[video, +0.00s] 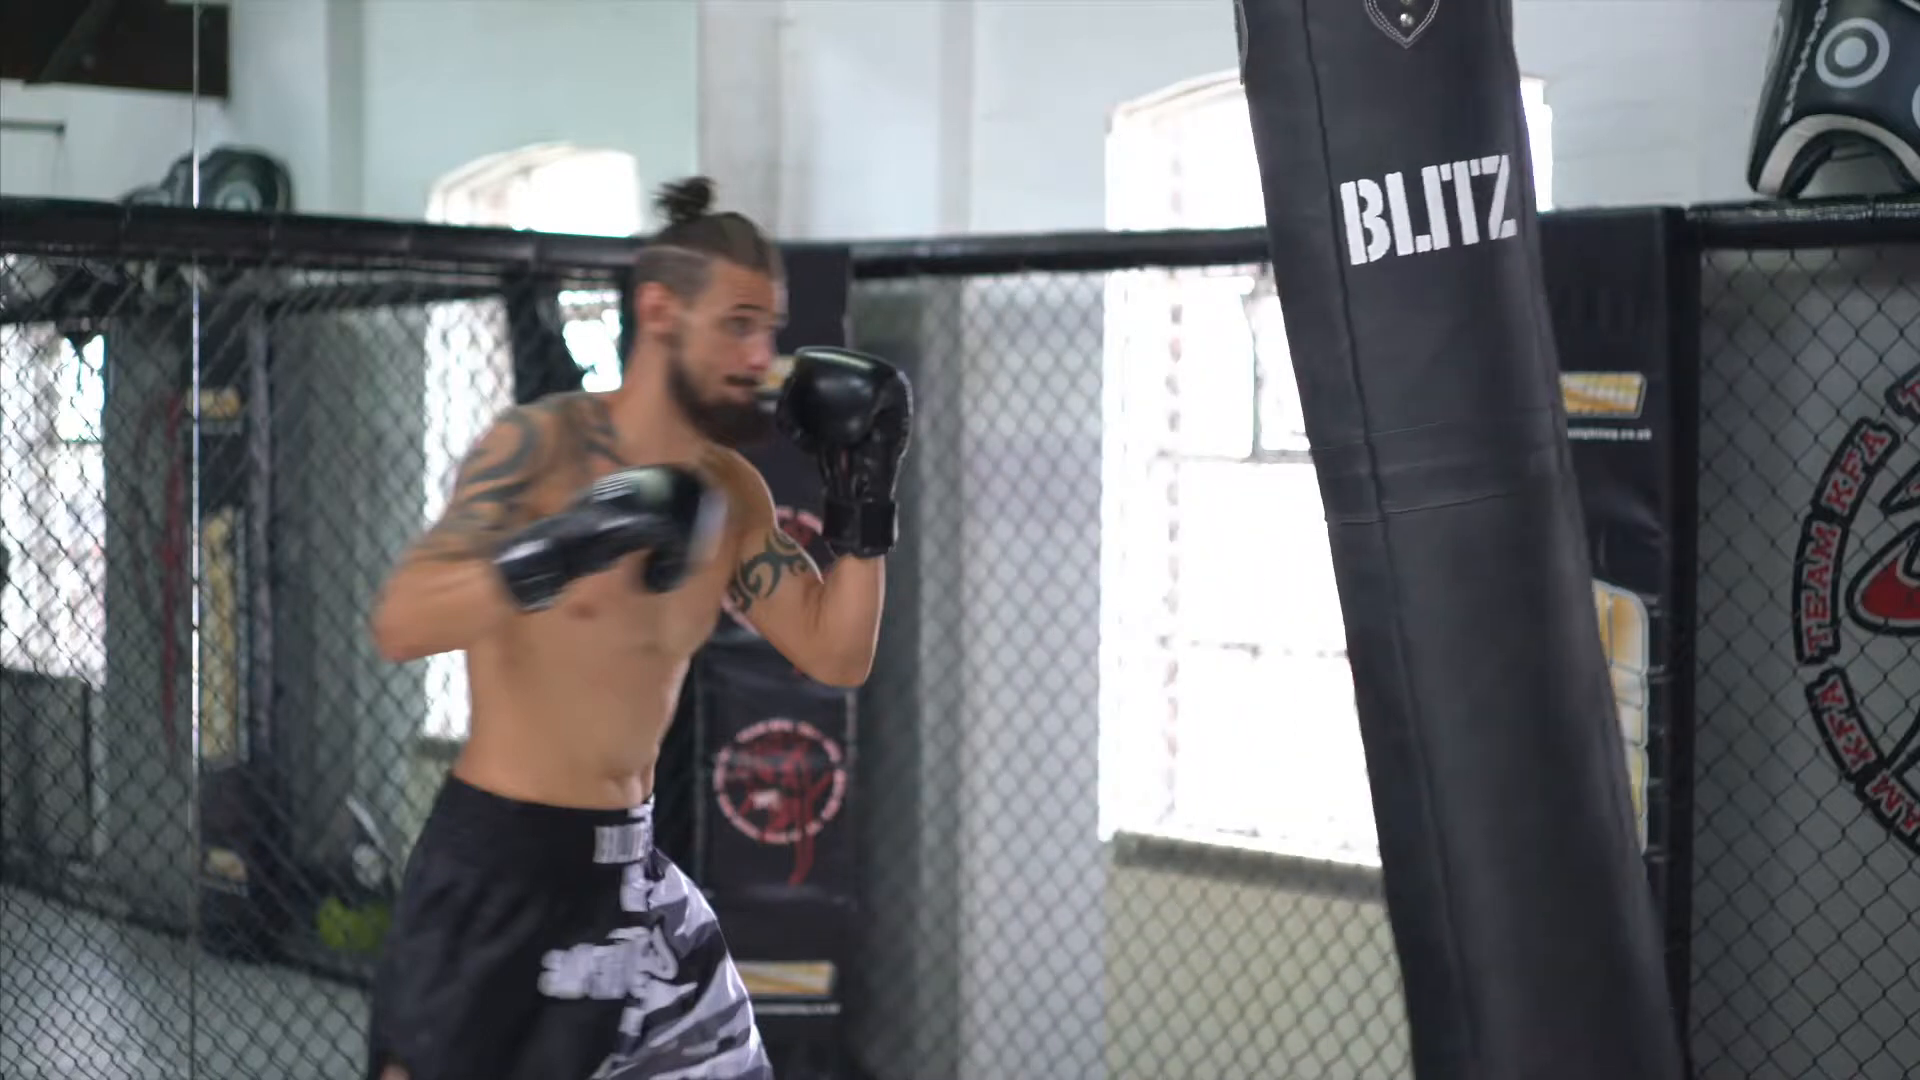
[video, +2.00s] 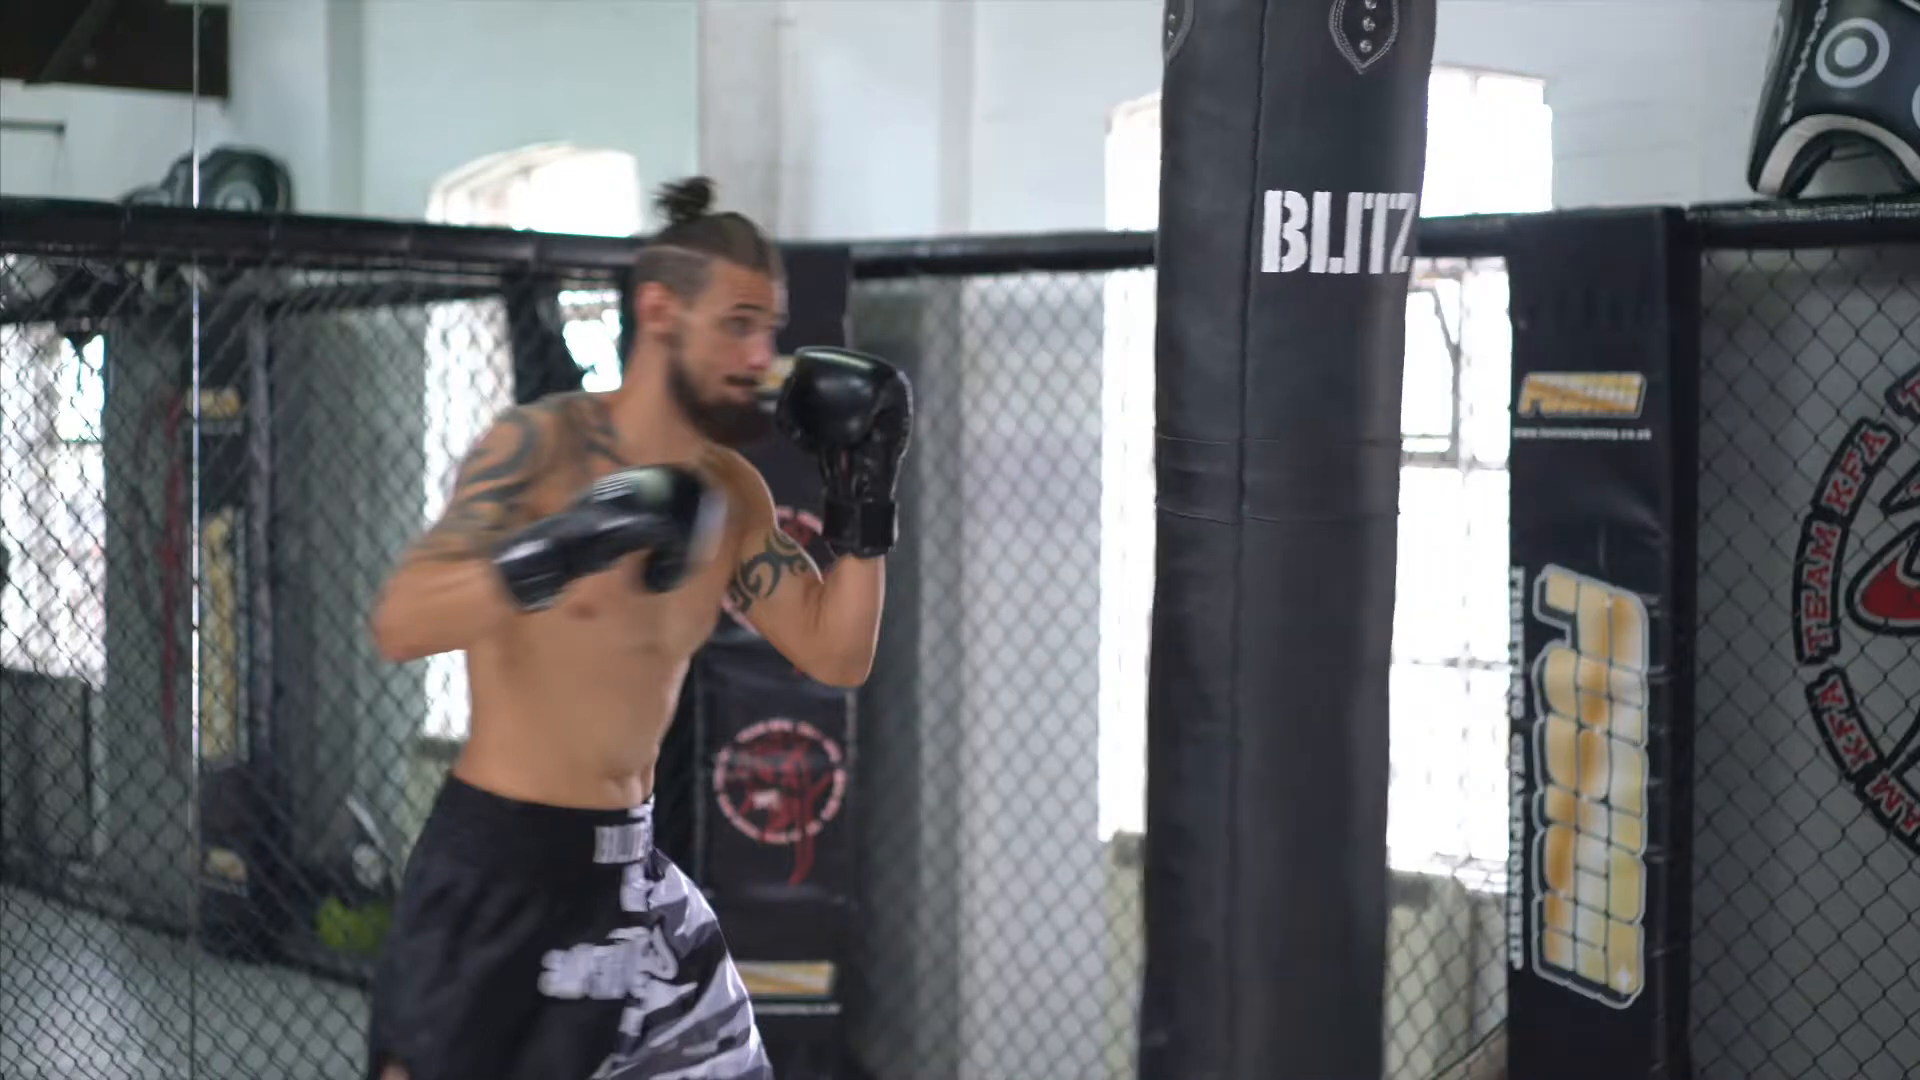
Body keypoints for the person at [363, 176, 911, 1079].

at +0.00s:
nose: (762, 358)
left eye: (772, 332)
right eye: (739, 326)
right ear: (656, 310)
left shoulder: (733, 492)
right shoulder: (540, 439)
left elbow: (839, 655)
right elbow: (401, 623)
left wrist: (865, 483)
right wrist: (568, 547)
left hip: (636, 867)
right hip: (500, 866)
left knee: (732, 1066)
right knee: (442, 1065)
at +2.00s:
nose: (762, 358)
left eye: (772, 331)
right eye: (739, 325)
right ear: (656, 310)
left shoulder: (734, 493)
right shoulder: (539, 440)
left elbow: (839, 655)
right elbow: (401, 623)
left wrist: (864, 483)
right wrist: (569, 547)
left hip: (636, 868)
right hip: (500, 866)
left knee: (732, 1066)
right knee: (442, 1065)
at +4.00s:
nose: (763, 357)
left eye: (773, 331)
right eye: (740, 325)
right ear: (656, 309)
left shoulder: (733, 492)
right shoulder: (538, 440)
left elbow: (839, 655)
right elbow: (400, 623)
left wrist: (866, 481)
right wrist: (568, 546)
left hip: (636, 867)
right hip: (500, 865)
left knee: (731, 1066)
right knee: (443, 1064)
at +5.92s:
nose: (762, 357)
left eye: (772, 331)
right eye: (739, 325)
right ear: (656, 309)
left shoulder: (733, 492)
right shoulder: (538, 441)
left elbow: (839, 655)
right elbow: (400, 624)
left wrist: (865, 479)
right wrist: (568, 547)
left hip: (635, 867)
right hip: (500, 866)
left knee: (732, 1066)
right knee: (439, 1065)